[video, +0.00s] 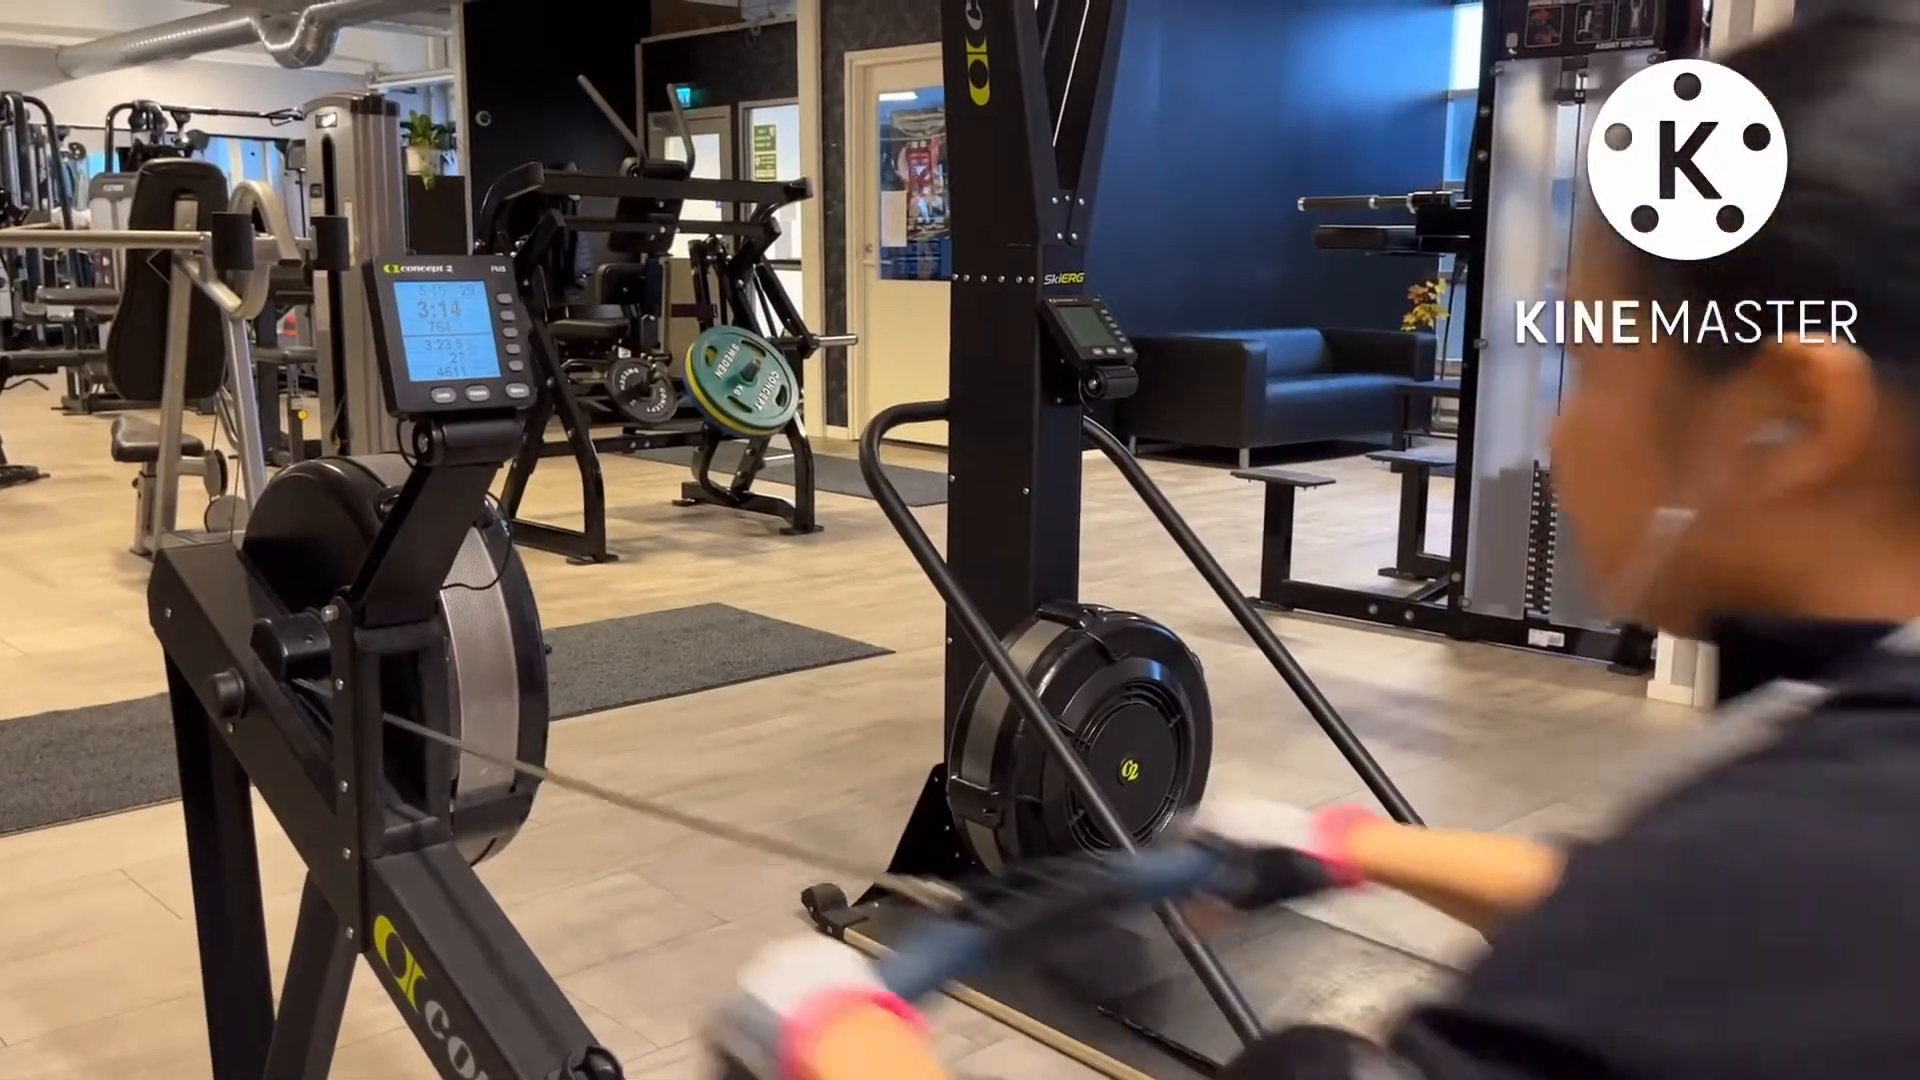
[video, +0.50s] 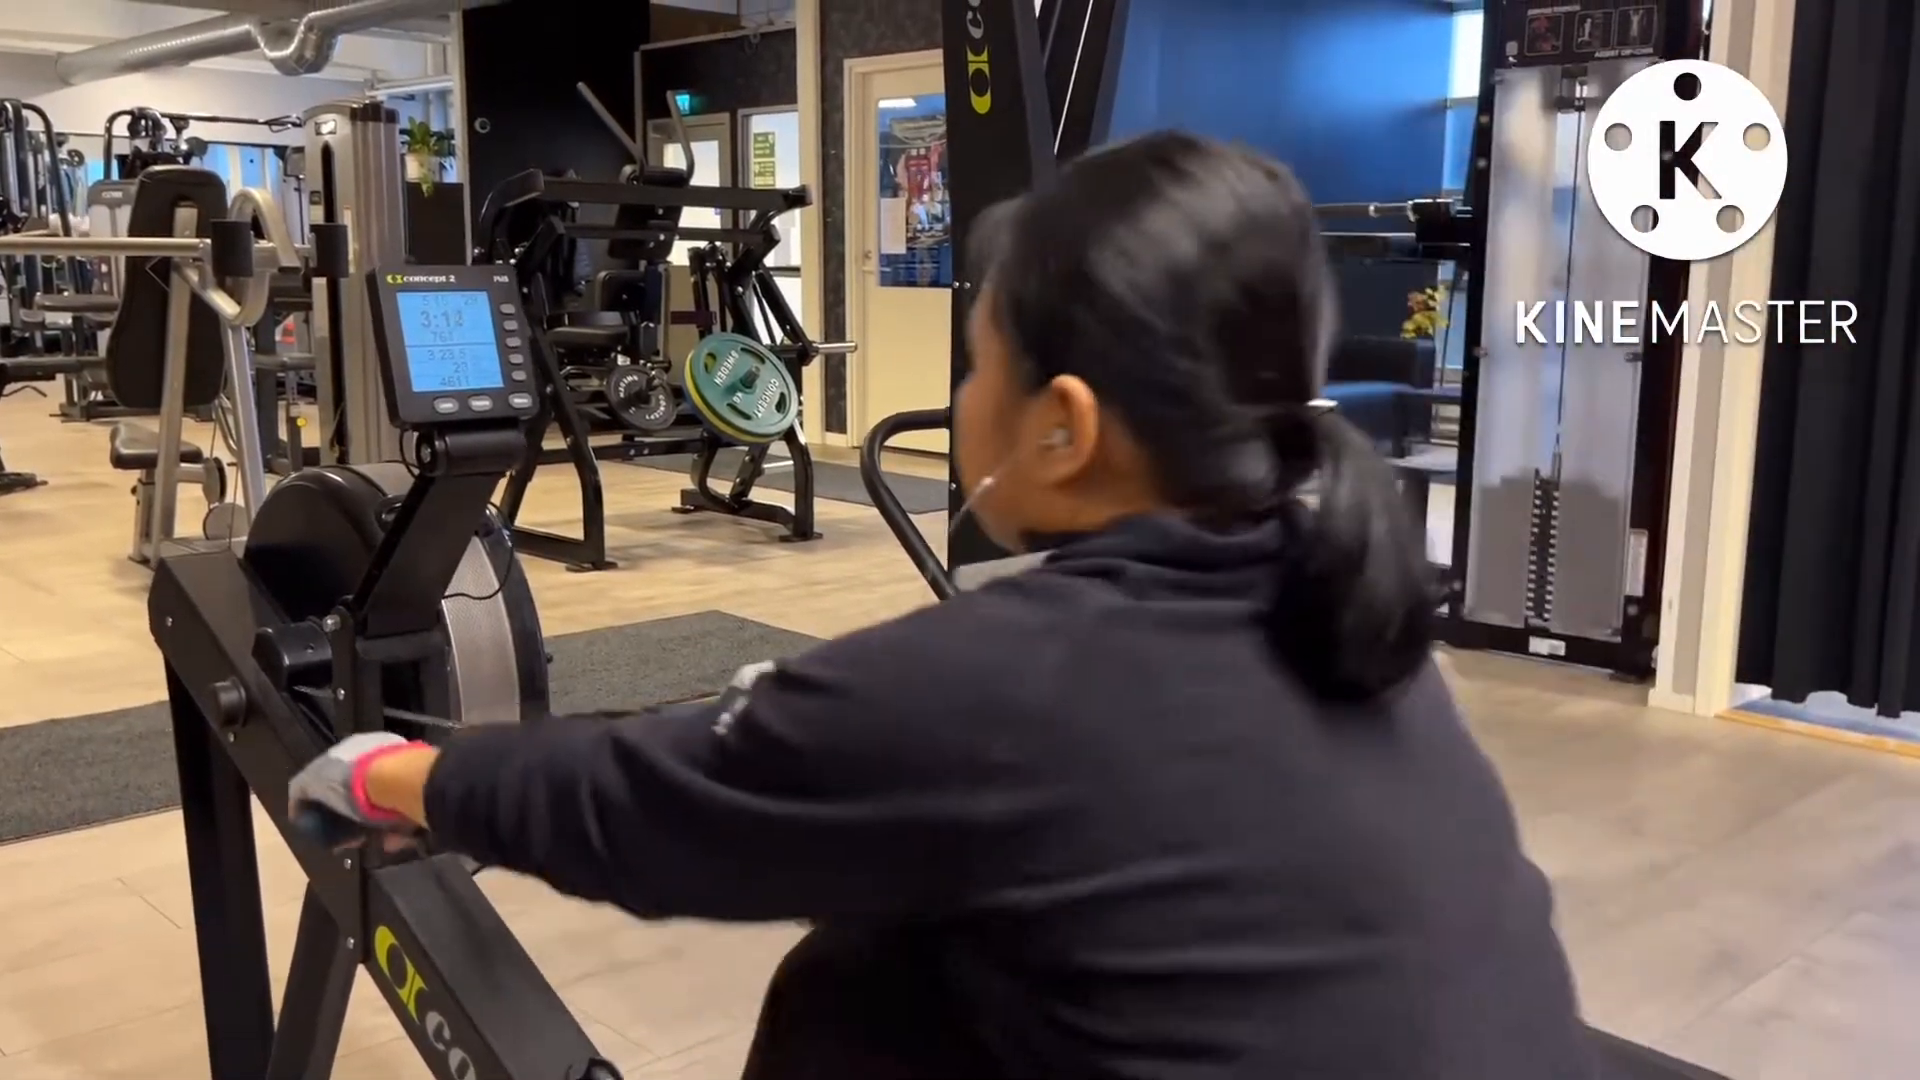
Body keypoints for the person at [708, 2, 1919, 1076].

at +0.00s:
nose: (1555, 428)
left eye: (1592, 349)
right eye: (1574, 350)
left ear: (1799, 422)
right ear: (1804, 430)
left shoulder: (1724, 904)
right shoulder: (1863, 739)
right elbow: (1732, 895)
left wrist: (886, 1071)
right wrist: (1380, 851)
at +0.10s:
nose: (1393, 420)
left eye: (1420, 363)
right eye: (1406, 361)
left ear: (1589, 416)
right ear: (1816, 394)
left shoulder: (1581, 818)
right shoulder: (1867, 673)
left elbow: (1078, 1061)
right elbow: (1605, 783)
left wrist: (738, 973)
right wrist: (1285, 792)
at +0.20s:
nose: (1242, 402)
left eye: (1268, 355)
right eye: (1255, 349)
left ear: (1406, 418)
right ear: (1624, 407)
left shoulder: (1350, 778)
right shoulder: (1725, 678)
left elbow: (904, 1000)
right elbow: (1487, 727)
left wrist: (622, 901)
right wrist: (1199, 745)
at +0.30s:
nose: (1114, 404)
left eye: (1138, 361)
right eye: (1128, 355)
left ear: (1259, 415)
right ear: (1464, 388)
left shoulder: (1179, 742)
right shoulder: (1545, 622)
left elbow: (787, 924)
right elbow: (1288, 694)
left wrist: (520, 842)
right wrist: (1027, 714)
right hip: (1694, 1040)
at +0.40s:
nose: (1017, 400)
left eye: (1036, 363)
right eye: (1030, 358)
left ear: (1139, 417)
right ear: (1338, 385)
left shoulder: (1049, 707)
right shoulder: (1429, 584)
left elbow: (717, 857)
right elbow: (1204, 677)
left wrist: (474, 811)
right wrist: (948, 689)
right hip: (1594, 1039)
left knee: (885, 981)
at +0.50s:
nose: (958, 400)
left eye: (976, 363)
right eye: (970, 359)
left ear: (1072, 423)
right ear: (1266, 393)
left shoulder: (996, 677)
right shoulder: (1357, 589)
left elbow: (659, 794)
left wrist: (427, 775)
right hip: (1535, 1045)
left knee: (854, 971)